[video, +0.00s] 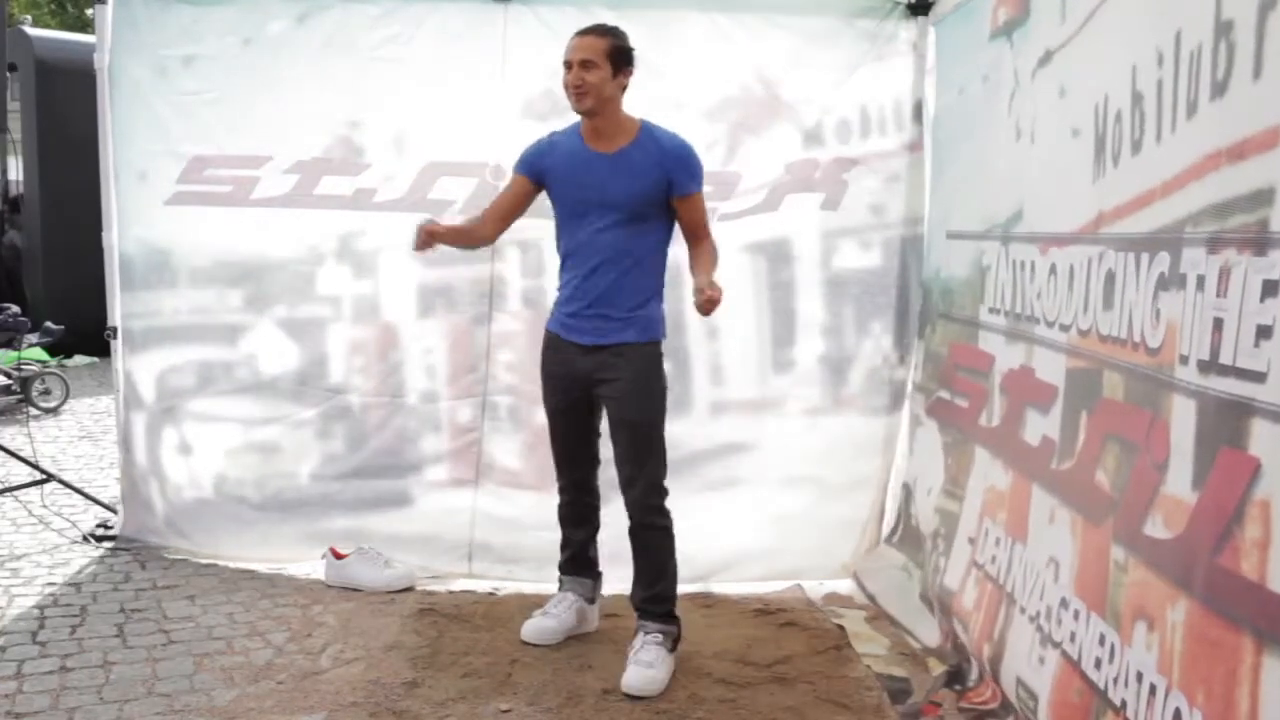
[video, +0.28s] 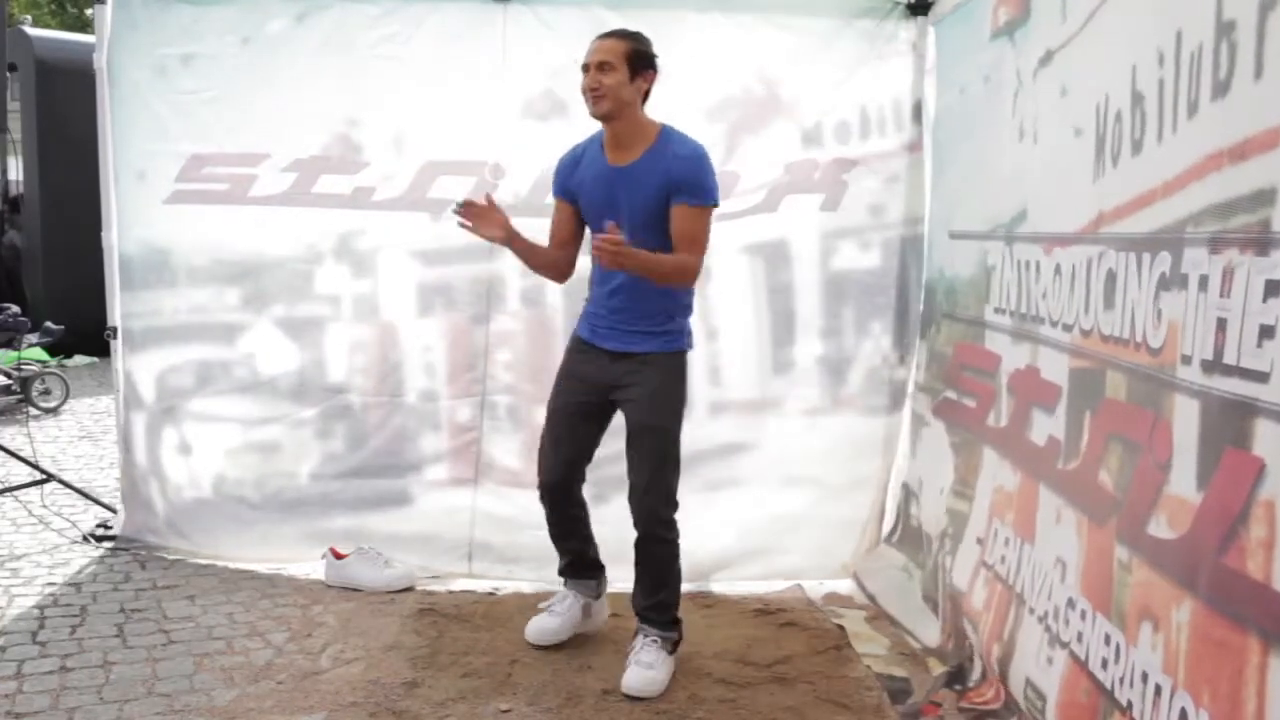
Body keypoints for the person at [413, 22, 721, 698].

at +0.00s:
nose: (574, 78)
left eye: (588, 67)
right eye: (569, 67)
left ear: (622, 76)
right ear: (564, 77)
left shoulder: (669, 153)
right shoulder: (549, 152)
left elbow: (700, 239)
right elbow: (488, 227)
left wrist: (703, 280)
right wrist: (447, 233)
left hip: (634, 347)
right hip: (564, 344)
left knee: (643, 496)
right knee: (575, 485)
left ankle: (657, 631)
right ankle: (577, 595)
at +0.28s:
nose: (591, 81)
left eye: (605, 70)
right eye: (587, 71)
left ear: (644, 81)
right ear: (584, 84)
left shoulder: (684, 162)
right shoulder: (577, 166)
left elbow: (687, 269)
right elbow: (559, 267)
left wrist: (628, 258)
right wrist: (511, 237)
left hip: (656, 356)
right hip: (589, 347)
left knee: (652, 503)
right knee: (556, 480)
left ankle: (656, 635)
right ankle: (584, 589)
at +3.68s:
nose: (515, 77)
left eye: (526, 62)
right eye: (503, 67)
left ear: (555, 61)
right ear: (494, 72)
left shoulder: (601, 104)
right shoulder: (505, 145)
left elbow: (653, 102)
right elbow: (415, 181)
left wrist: (650, 75)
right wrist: (334, 138)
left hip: (608, 328)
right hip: (535, 326)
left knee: (607, 486)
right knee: (500, 469)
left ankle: (598, 627)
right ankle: (537, 584)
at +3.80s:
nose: (509, 92)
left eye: (521, 79)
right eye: (499, 82)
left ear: (551, 81)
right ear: (491, 90)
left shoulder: (592, 132)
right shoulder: (505, 164)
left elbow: (612, 89)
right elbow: (410, 190)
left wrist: (590, 43)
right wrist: (336, 138)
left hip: (607, 345)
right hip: (539, 351)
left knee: (610, 506)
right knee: (532, 502)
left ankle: (610, 651)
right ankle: (571, 622)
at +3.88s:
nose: (502, 103)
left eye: (514, 91)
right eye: (491, 93)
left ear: (542, 93)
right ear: (482, 101)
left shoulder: (579, 135)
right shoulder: (503, 181)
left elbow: (626, 125)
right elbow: (426, 238)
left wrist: (559, 83)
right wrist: (379, 165)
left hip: (609, 351)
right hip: (545, 355)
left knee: (597, 503)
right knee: (520, 499)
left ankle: (615, 647)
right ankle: (569, 622)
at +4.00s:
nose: (489, 110)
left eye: (500, 97)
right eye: (478, 102)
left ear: (529, 101)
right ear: (472, 116)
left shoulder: (575, 140)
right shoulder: (503, 194)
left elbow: (643, 152)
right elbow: (451, 273)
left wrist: (544, 128)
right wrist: (425, 201)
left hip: (608, 349)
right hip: (549, 355)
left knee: (579, 493)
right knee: (519, 499)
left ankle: (625, 620)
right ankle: (571, 624)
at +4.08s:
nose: (486, 105)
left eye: (495, 90)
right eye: (476, 98)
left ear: (528, 89)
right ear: (473, 109)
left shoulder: (575, 133)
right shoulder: (504, 185)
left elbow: (627, 126)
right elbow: (434, 246)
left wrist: (535, 91)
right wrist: (405, 177)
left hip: (614, 336)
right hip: (554, 345)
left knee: (578, 478)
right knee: (532, 487)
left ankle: (622, 598)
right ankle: (572, 621)